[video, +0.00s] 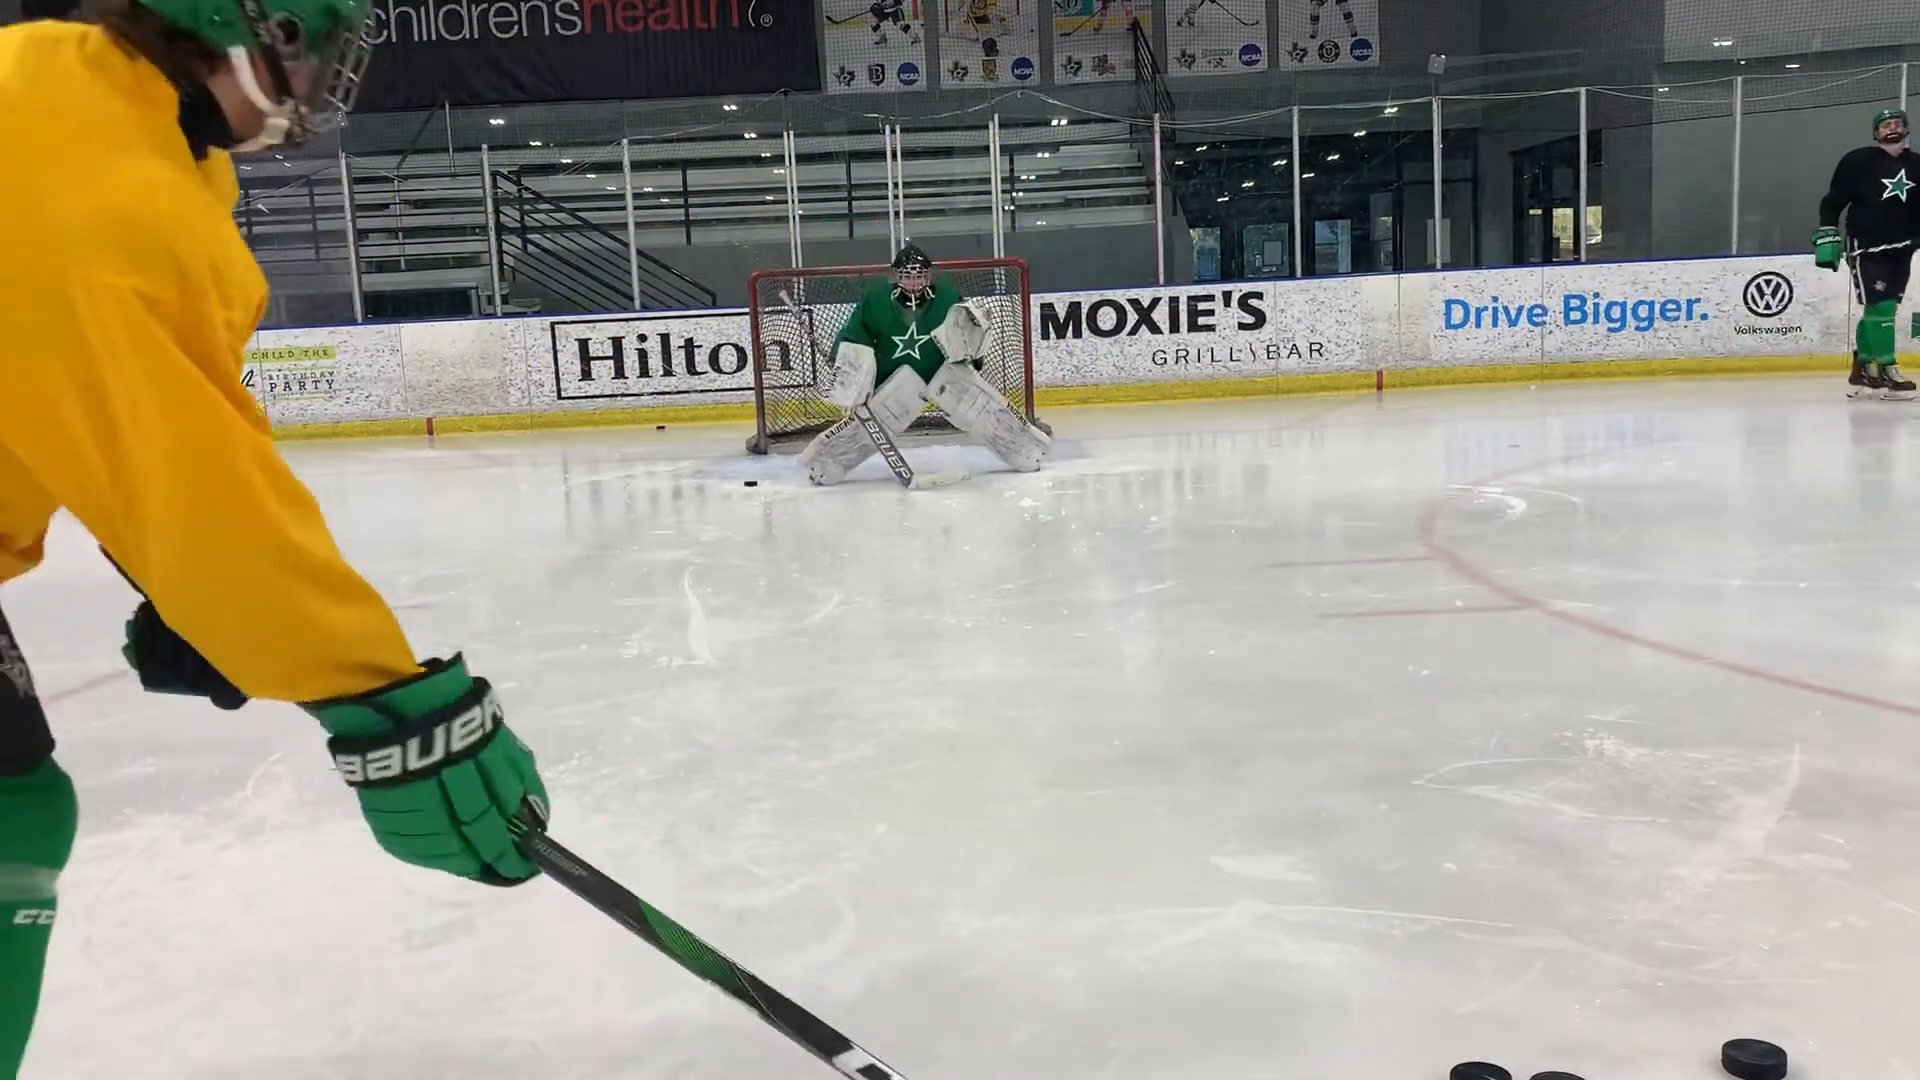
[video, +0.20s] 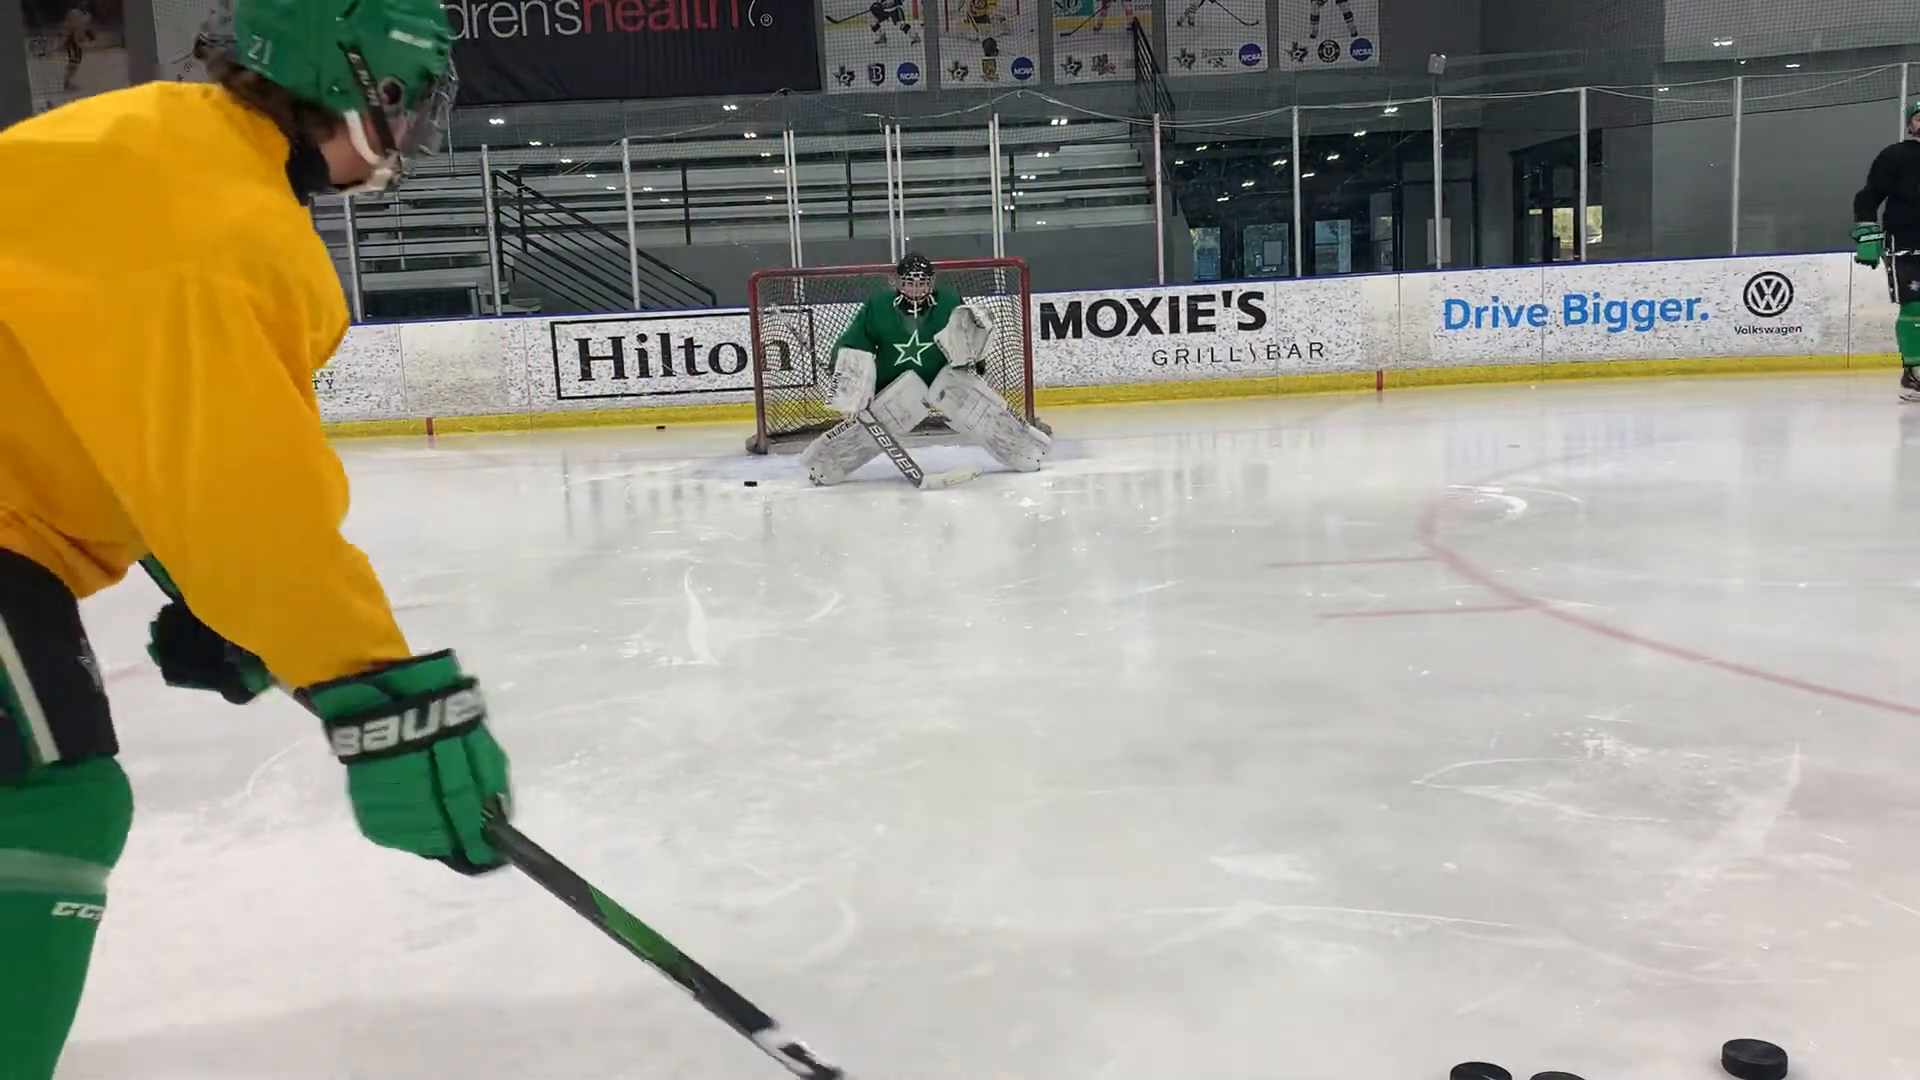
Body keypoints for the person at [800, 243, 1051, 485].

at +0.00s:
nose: (913, 281)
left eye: (919, 274)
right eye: (907, 275)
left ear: (929, 274)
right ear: (895, 276)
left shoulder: (946, 296)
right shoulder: (876, 303)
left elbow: (969, 348)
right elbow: (854, 342)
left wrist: (970, 333)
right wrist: (852, 380)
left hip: (946, 372)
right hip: (897, 378)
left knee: (982, 409)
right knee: (872, 424)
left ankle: (1027, 451)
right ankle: (826, 464)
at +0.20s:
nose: (915, 288)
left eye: (921, 281)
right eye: (910, 282)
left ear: (931, 281)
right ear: (899, 282)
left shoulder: (948, 303)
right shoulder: (878, 308)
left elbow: (971, 350)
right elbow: (853, 347)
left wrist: (969, 346)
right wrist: (852, 384)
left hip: (947, 382)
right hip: (897, 387)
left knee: (983, 412)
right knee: (872, 429)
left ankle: (1024, 450)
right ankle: (828, 466)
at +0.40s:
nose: (916, 292)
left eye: (921, 285)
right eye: (909, 285)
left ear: (931, 285)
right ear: (898, 285)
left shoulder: (949, 306)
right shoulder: (878, 310)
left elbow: (976, 363)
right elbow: (851, 349)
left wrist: (971, 353)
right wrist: (847, 388)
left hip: (946, 383)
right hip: (896, 389)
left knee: (981, 412)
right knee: (871, 429)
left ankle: (1025, 449)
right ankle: (827, 465)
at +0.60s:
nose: (915, 297)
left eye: (921, 290)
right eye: (909, 290)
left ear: (930, 288)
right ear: (897, 288)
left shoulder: (948, 308)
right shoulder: (874, 312)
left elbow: (977, 357)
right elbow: (847, 348)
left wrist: (985, 331)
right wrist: (862, 370)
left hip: (945, 401)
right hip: (896, 405)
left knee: (984, 430)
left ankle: (1024, 445)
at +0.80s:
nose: (928, 305)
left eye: (932, 298)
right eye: (921, 299)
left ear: (938, 298)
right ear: (904, 300)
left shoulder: (951, 324)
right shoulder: (881, 326)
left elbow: (975, 355)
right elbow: (849, 358)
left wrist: (1010, 340)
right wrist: (853, 390)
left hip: (943, 410)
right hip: (892, 412)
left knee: (975, 444)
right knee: (884, 449)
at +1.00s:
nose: (944, 297)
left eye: (945, 289)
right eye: (936, 291)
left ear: (948, 288)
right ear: (918, 293)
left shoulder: (961, 322)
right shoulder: (889, 323)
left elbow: (983, 356)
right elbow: (853, 360)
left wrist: (1013, 327)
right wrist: (852, 405)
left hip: (954, 426)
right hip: (899, 428)